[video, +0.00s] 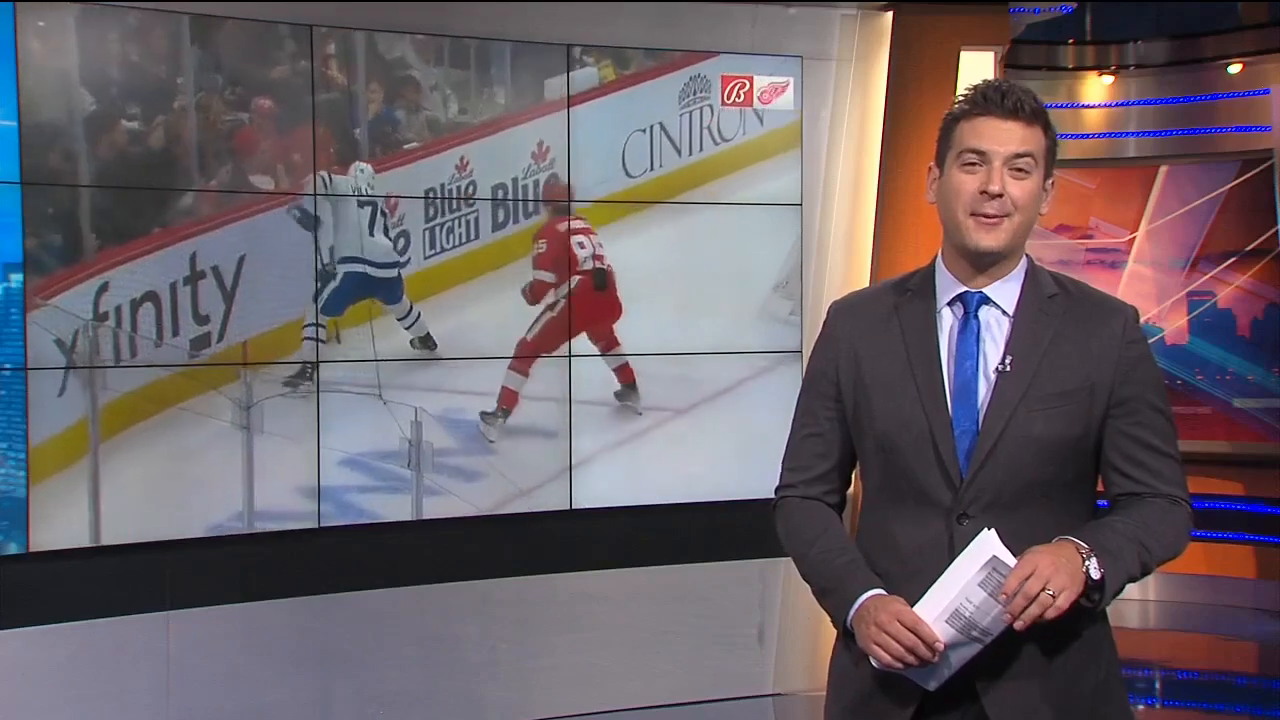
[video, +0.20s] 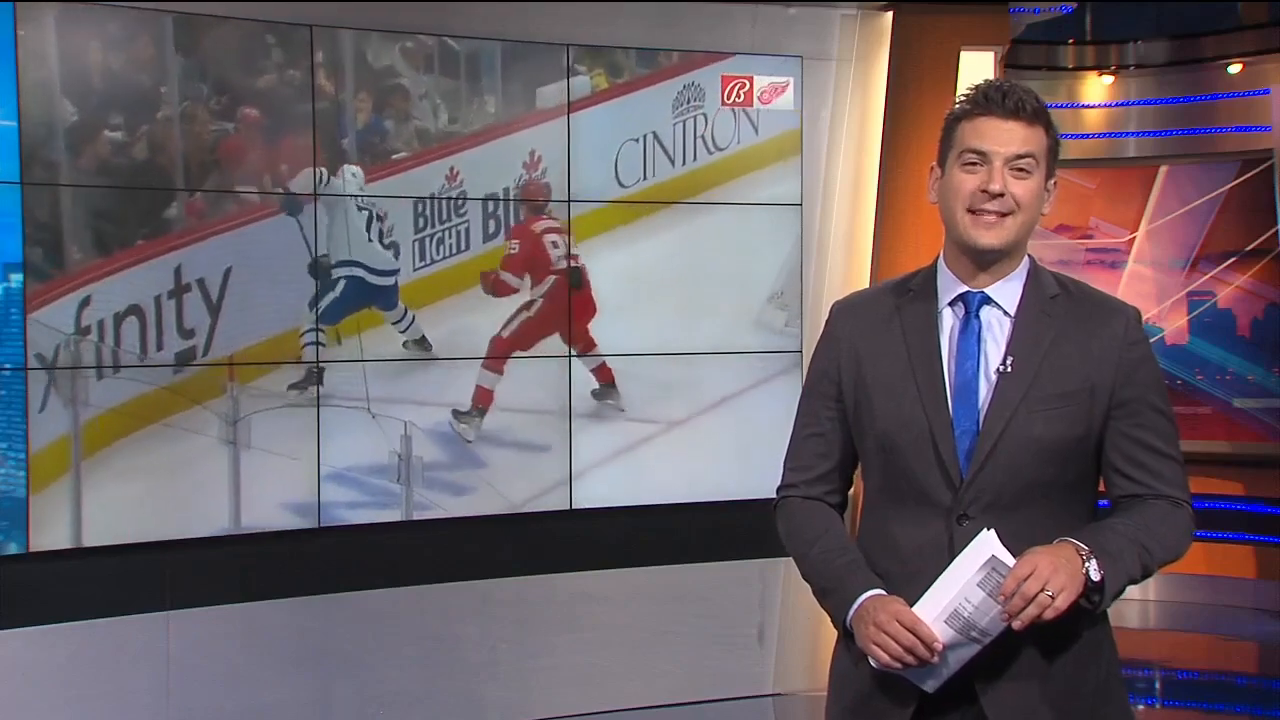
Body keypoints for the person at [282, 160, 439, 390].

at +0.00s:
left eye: (349, 174)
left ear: (350, 175)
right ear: (371, 180)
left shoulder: (339, 184)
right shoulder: (378, 202)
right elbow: (388, 240)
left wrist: (313, 215)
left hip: (352, 273)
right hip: (388, 273)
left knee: (317, 313)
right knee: (400, 305)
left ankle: (308, 368)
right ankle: (425, 339)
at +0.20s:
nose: (338, 181)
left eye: (340, 178)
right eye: (341, 178)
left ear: (341, 181)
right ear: (362, 184)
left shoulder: (339, 193)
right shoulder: (375, 209)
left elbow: (315, 174)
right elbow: (390, 250)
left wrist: (294, 194)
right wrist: (332, 266)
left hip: (354, 281)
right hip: (387, 283)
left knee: (314, 317)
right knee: (392, 308)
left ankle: (313, 372)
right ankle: (421, 341)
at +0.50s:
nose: (314, 193)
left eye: (316, 189)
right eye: (315, 188)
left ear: (323, 189)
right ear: (345, 188)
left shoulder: (331, 205)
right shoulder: (362, 215)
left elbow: (308, 189)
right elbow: (357, 255)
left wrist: (273, 189)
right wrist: (321, 260)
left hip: (350, 298)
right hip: (380, 299)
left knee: (304, 334)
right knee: (380, 318)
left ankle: (321, 385)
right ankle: (405, 348)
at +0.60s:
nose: (309, 199)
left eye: (311, 194)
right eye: (308, 194)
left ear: (318, 194)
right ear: (339, 190)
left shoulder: (325, 208)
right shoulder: (356, 213)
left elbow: (292, 208)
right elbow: (351, 252)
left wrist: (269, 197)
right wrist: (318, 253)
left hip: (349, 304)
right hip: (378, 304)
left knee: (297, 332)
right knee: (373, 319)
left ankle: (325, 389)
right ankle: (397, 351)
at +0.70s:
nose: (306, 202)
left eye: (307, 197)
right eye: (306, 198)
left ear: (312, 195)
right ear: (336, 191)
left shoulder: (321, 210)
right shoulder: (354, 214)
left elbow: (297, 227)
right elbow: (339, 250)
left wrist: (267, 205)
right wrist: (308, 243)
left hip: (345, 305)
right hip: (375, 305)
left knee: (294, 337)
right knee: (364, 320)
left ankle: (326, 391)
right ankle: (391, 353)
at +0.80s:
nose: (301, 206)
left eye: (304, 201)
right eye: (301, 201)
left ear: (312, 198)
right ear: (333, 195)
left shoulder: (323, 217)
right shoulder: (354, 214)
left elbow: (293, 240)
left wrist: (263, 219)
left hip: (343, 308)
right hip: (372, 305)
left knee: (292, 344)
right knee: (356, 322)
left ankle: (329, 397)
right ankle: (384, 359)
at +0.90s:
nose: (303, 207)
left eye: (305, 202)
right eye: (303, 202)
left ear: (312, 200)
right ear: (331, 195)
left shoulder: (322, 223)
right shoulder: (350, 209)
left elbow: (294, 264)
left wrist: (268, 237)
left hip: (347, 306)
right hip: (372, 302)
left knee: (294, 344)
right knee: (354, 326)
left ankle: (336, 401)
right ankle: (376, 362)